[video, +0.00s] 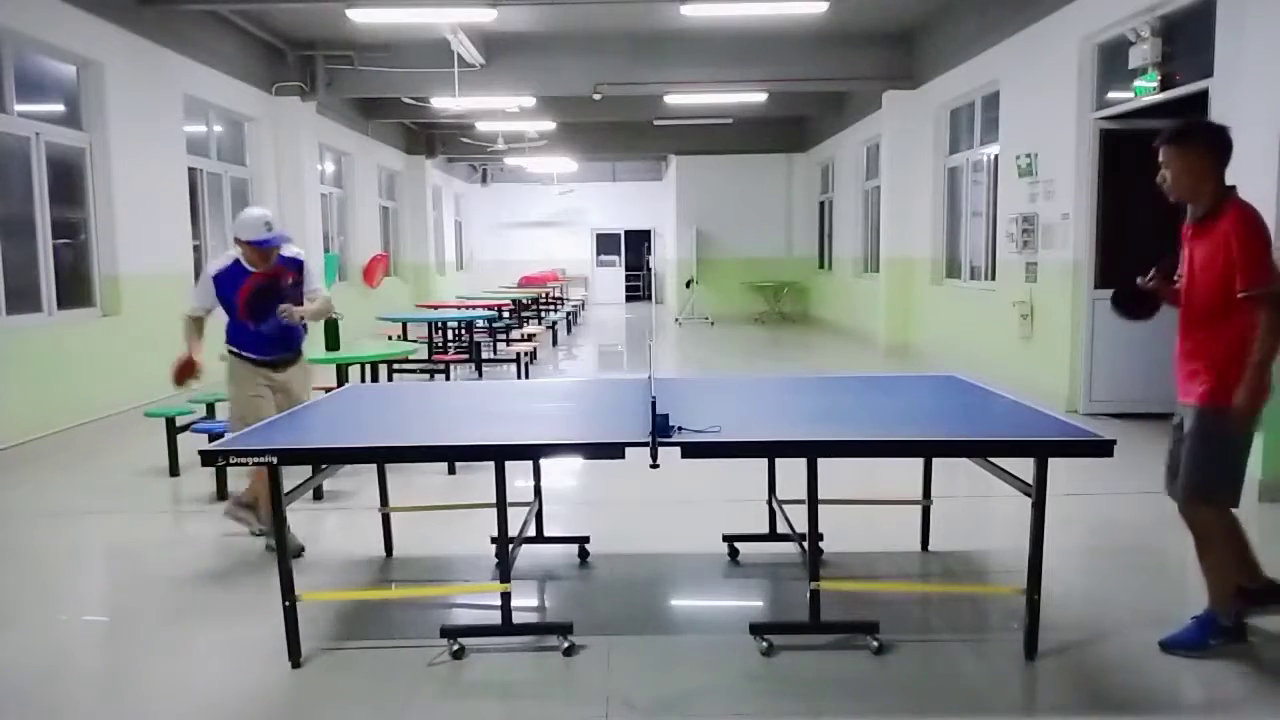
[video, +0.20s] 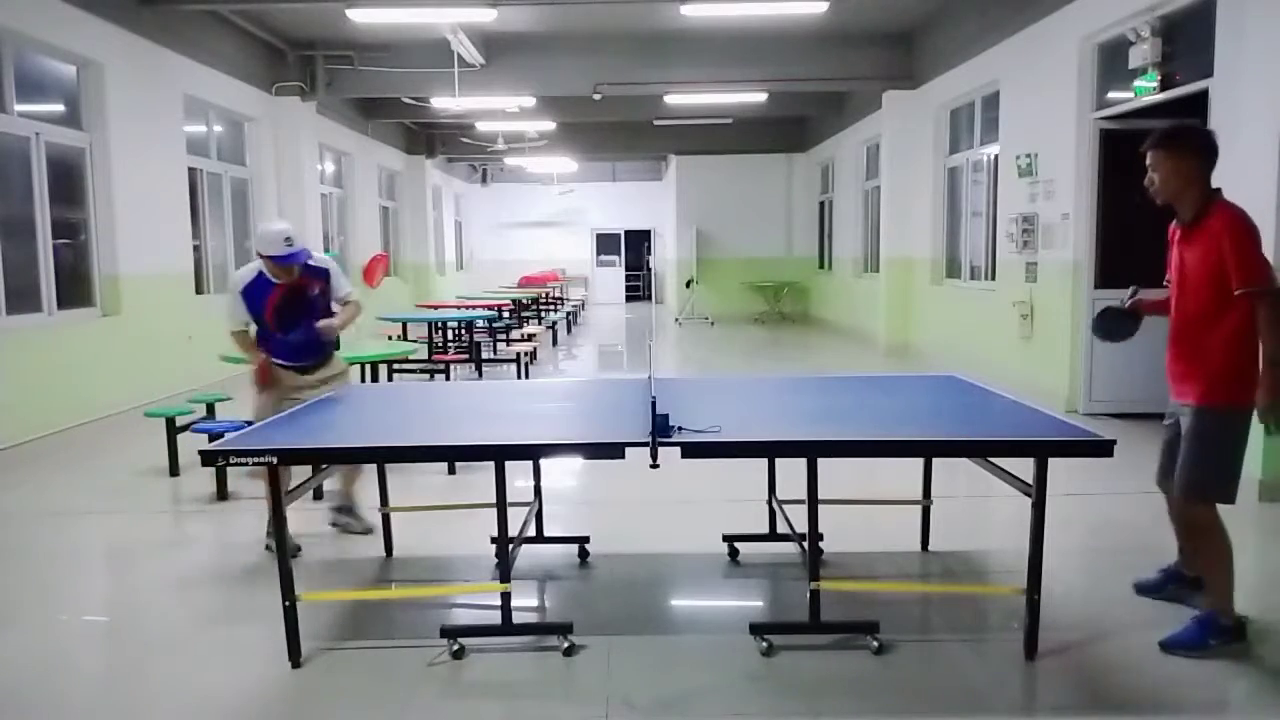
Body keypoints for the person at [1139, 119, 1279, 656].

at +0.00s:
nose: (1160, 178)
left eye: (1168, 167)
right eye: (1160, 167)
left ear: (1204, 165)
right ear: (1190, 169)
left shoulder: (1241, 224)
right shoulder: (1195, 224)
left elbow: (1267, 316)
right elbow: (1200, 300)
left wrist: (1250, 391)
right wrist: (1165, 289)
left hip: (1226, 392)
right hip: (1195, 388)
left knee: (1199, 498)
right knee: (1185, 488)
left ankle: (1223, 616)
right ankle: (1251, 581)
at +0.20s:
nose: (1147, 177)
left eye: (1155, 167)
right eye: (1146, 168)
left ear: (1191, 166)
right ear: (1174, 171)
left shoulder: (1230, 224)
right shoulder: (1179, 230)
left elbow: (1265, 304)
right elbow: (1188, 300)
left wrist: (1270, 379)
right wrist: (1138, 302)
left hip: (1221, 393)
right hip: (1187, 388)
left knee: (1195, 499)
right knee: (1173, 483)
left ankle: (1222, 617)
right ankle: (1191, 571)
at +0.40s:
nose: (1137, 183)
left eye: (1145, 173)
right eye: (1137, 174)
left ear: (1181, 172)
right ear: (1159, 178)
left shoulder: (1224, 228)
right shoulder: (1163, 237)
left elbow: (1263, 301)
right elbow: (1170, 306)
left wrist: (1244, 368)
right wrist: (1130, 320)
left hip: (1218, 394)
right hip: (1179, 390)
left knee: (1203, 499)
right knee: (1174, 484)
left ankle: (1224, 618)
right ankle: (1193, 573)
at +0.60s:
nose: (1130, 187)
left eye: (1137, 176)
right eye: (1129, 178)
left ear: (1170, 174)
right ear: (1150, 181)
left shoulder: (1214, 225)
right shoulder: (1161, 238)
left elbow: (1250, 294)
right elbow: (1168, 303)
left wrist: (1220, 362)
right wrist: (1130, 329)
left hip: (1229, 383)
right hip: (1188, 382)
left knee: (1217, 488)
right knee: (1181, 478)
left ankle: (1259, 604)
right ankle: (1192, 575)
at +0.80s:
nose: (1131, 196)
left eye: (1136, 184)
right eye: (1128, 186)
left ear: (1167, 177)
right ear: (1157, 184)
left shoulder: (1206, 223)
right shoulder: (1178, 234)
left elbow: (1233, 297)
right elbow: (1196, 305)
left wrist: (1208, 366)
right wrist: (1154, 337)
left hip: (1235, 386)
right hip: (1201, 385)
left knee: (1228, 495)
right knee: (1185, 477)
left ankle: (1271, 604)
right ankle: (1192, 574)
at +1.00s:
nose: (1151, 211)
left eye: (1152, 199)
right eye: (1147, 201)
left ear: (1178, 184)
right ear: (1189, 184)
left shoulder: (1206, 227)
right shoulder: (1236, 224)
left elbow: (1222, 303)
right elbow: (1253, 307)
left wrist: (1195, 373)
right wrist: (1212, 375)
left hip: (1245, 387)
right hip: (1239, 383)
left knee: (1225, 499)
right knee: (1201, 483)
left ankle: (1278, 611)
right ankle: (1191, 573)